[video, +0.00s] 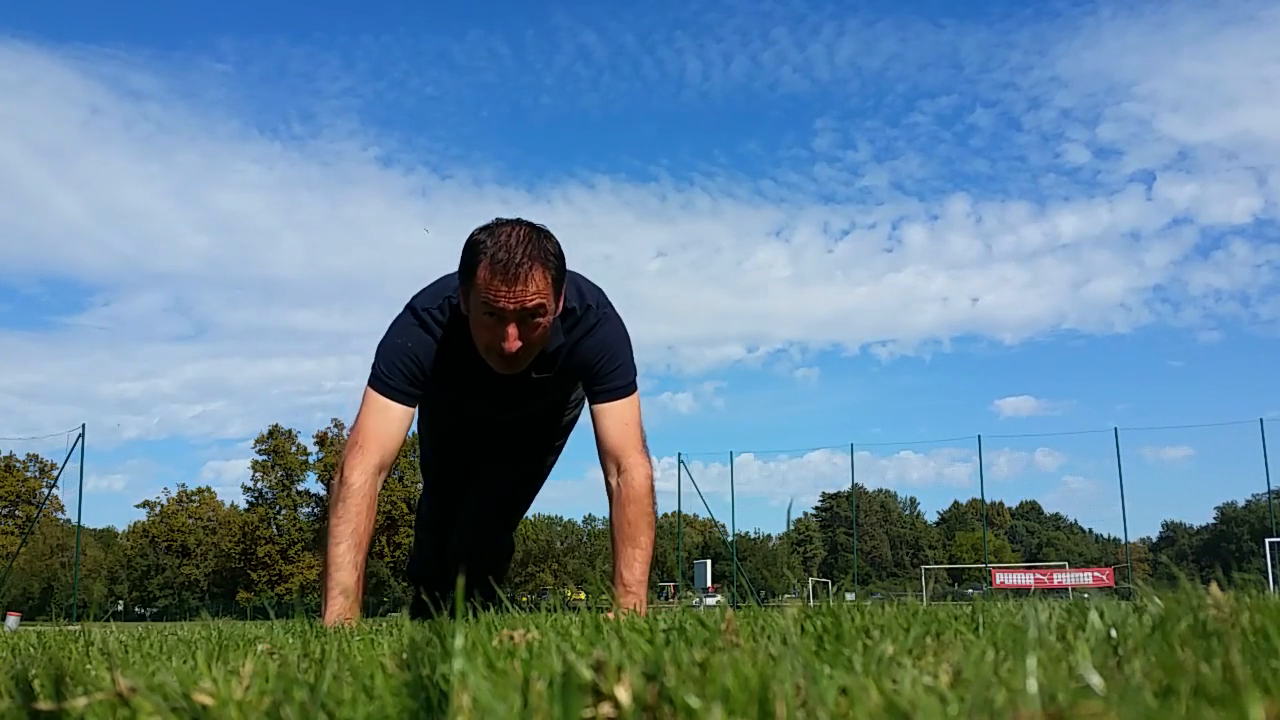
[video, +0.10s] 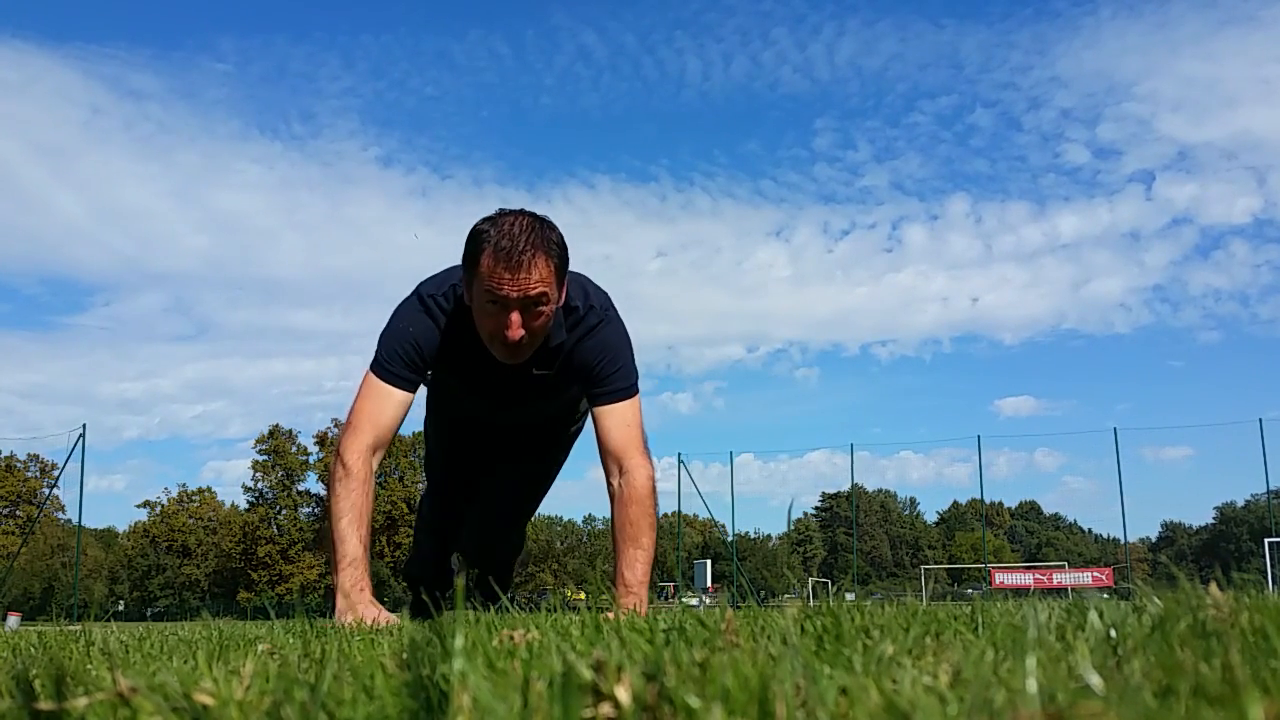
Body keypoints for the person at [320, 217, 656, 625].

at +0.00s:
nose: (511, 339)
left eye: (531, 317)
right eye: (493, 316)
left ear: (557, 300)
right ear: (464, 296)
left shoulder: (594, 326)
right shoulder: (423, 327)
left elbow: (627, 468)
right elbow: (361, 467)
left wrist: (630, 613)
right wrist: (340, 624)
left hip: (542, 410)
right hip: (454, 404)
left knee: (494, 524)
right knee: (441, 511)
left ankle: (476, 626)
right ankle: (427, 623)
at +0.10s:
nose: (514, 328)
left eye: (534, 306)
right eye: (496, 305)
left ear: (560, 291)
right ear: (467, 287)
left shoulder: (593, 322)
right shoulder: (427, 313)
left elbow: (629, 469)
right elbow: (357, 449)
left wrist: (631, 611)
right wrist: (353, 595)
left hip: (546, 420)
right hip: (459, 408)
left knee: (500, 530)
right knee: (441, 517)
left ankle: (487, 632)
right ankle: (427, 628)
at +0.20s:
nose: (515, 323)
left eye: (535, 300)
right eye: (497, 298)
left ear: (561, 289)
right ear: (469, 284)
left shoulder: (595, 325)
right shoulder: (426, 318)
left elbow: (629, 471)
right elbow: (357, 454)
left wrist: (631, 612)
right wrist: (351, 600)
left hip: (548, 428)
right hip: (461, 416)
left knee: (509, 537)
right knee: (442, 524)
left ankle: (501, 615)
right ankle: (425, 613)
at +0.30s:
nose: (513, 327)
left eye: (532, 304)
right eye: (494, 302)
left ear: (559, 291)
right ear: (466, 288)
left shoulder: (596, 328)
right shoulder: (423, 328)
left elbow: (628, 471)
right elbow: (365, 467)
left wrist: (631, 614)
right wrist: (353, 619)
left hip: (548, 431)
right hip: (462, 423)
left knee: (517, 538)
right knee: (440, 532)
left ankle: (518, 627)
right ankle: (426, 630)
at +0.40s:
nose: (515, 326)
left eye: (534, 302)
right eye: (496, 301)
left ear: (560, 289)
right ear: (468, 287)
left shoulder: (599, 328)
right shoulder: (424, 329)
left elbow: (628, 472)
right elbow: (363, 468)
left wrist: (630, 612)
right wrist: (349, 618)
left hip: (549, 434)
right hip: (460, 426)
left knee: (521, 542)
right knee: (442, 531)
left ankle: (509, 630)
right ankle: (425, 627)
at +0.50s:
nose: (520, 316)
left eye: (541, 292)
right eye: (502, 291)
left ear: (565, 282)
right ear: (473, 280)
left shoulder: (599, 324)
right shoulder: (429, 322)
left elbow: (631, 471)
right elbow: (364, 461)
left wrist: (631, 612)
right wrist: (351, 616)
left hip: (548, 437)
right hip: (460, 428)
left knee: (519, 543)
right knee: (442, 532)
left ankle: (506, 625)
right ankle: (425, 624)